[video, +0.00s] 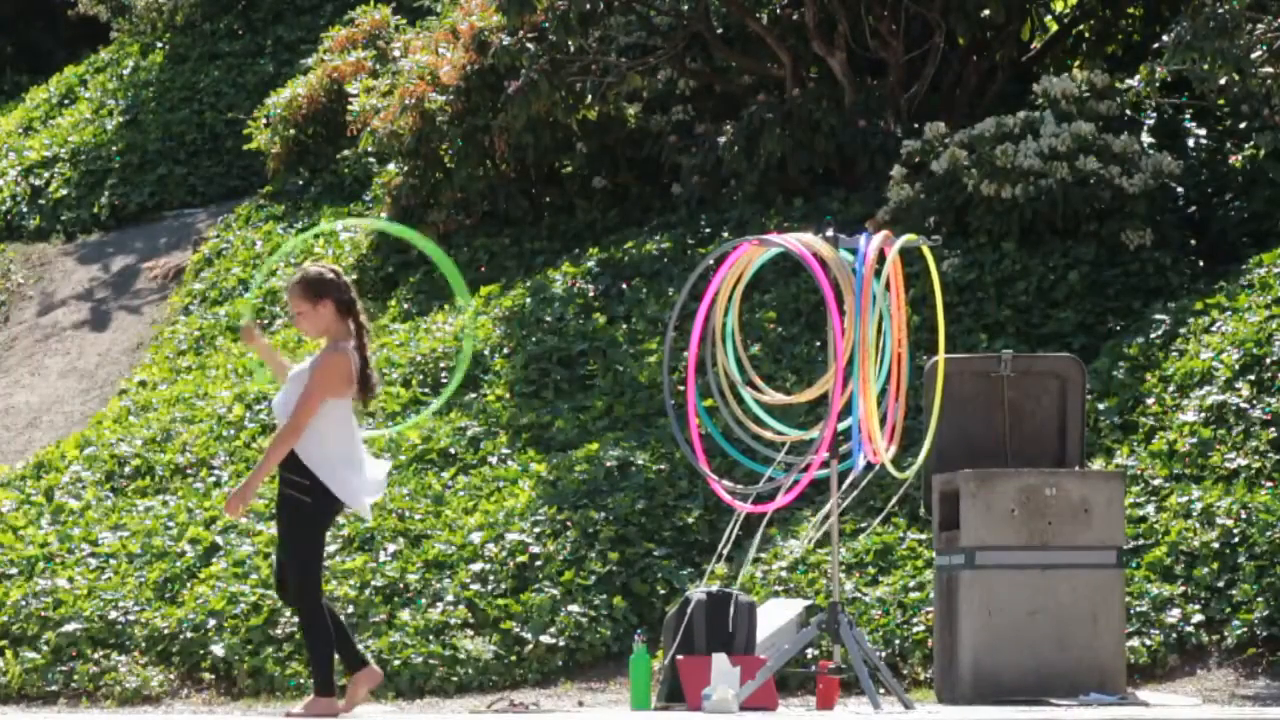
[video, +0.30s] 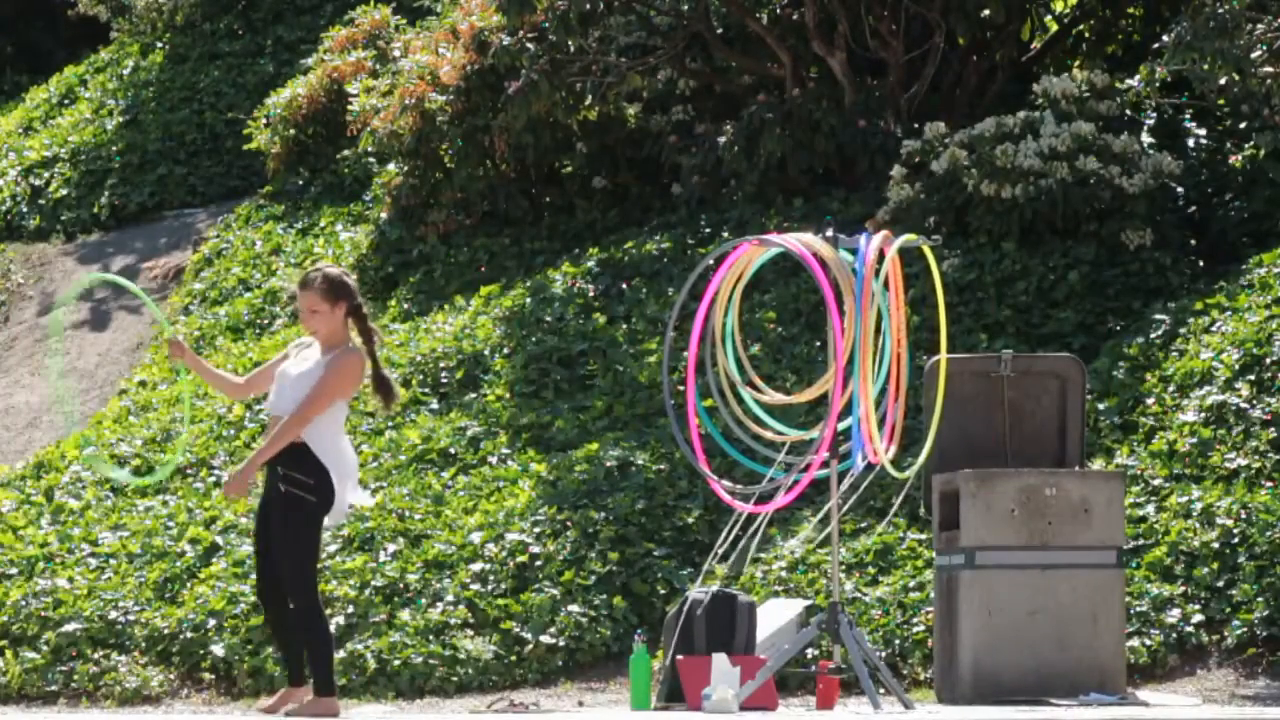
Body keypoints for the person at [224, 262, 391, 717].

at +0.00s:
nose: (295, 322)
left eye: (299, 313)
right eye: (292, 314)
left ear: (328, 307)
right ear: (326, 310)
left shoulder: (335, 359)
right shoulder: (333, 352)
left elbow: (295, 427)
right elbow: (296, 385)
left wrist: (250, 484)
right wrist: (262, 348)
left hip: (312, 482)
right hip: (305, 479)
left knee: (304, 586)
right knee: (289, 582)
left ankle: (324, 695)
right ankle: (360, 668)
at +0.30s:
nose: (306, 320)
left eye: (313, 311)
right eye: (302, 311)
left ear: (341, 309)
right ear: (301, 311)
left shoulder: (349, 359)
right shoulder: (303, 350)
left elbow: (301, 418)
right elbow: (240, 387)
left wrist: (248, 468)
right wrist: (189, 359)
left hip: (308, 474)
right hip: (282, 470)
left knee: (299, 584)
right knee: (269, 584)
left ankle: (326, 697)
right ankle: (297, 686)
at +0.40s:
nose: (305, 319)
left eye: (316, 311)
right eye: (301, 309)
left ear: (342, 311)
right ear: (297, 309)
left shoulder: (345, 361)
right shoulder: (292, 349)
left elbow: (296, 418)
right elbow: (238, 387)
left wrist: (242, 464)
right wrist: (197, 360)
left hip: (304, 472)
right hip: (275, 469)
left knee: (299, 585)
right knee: (263, 584)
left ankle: (325, 696)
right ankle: (275, 689)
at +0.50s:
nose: (302, 315)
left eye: (312, 308)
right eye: (298, 306)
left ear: (337, 309)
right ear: (293, 306)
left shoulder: (339, 359)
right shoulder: (285, 349)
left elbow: (290, 417)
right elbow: (233, 387)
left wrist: (239, 453)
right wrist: (209, 354)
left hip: (299, 474)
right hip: (268, 471)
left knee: (300, 588)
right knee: (254, 587)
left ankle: (325, 696)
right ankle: (252, 696)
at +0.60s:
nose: (296, 312)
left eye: (307, 306)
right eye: (292, 303)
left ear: (332, 310)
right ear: (288, 303)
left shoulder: (331, 359)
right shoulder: (278, 347)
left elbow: (283, 417)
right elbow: (231, 388)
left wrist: (229, 452)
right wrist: (223, 349)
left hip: (295, 476)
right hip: (261, 472)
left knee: (299, 587)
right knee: (248, 588)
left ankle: (325, 696)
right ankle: (248, 696)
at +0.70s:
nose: (290, 309)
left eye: (302, 303)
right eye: (287, 299)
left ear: (324, 311)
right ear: (281, 299)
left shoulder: (323, 356)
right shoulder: (268, 348)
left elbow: (276, 415)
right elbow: (226, 388)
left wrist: (221, 452)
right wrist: (232, 338)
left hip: (290, 475)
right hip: (253, 472)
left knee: (296, 586)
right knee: (246, 589)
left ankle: (325, 694)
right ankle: (247, 696)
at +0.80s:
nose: (284, 306)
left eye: (296, 301)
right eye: (281, 297)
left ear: (317, 310)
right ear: (274, 301)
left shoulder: (316, 354)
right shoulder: (260, 349)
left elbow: (272, 416)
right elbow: (223, 382)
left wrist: (214, 450)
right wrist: (234, 329)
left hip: (286, 476)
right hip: (249, 474)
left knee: (294, 588)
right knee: (248, 591)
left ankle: (324, 693)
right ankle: (247, 696)